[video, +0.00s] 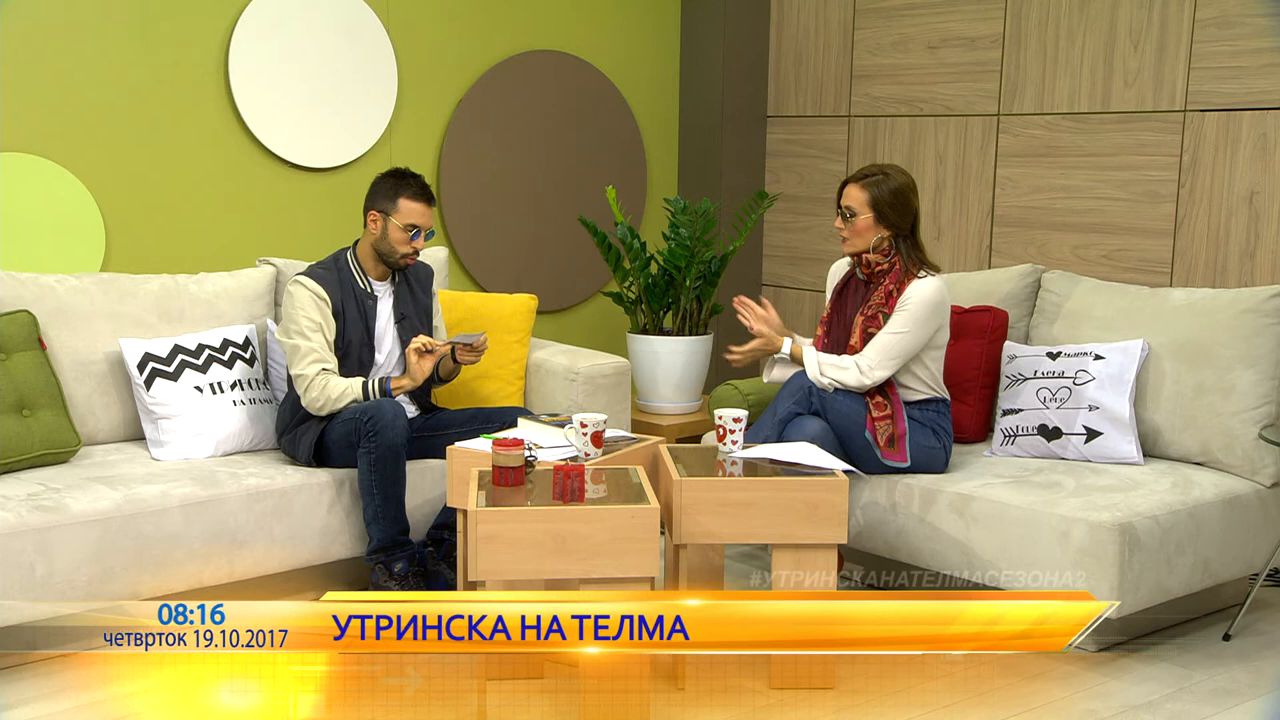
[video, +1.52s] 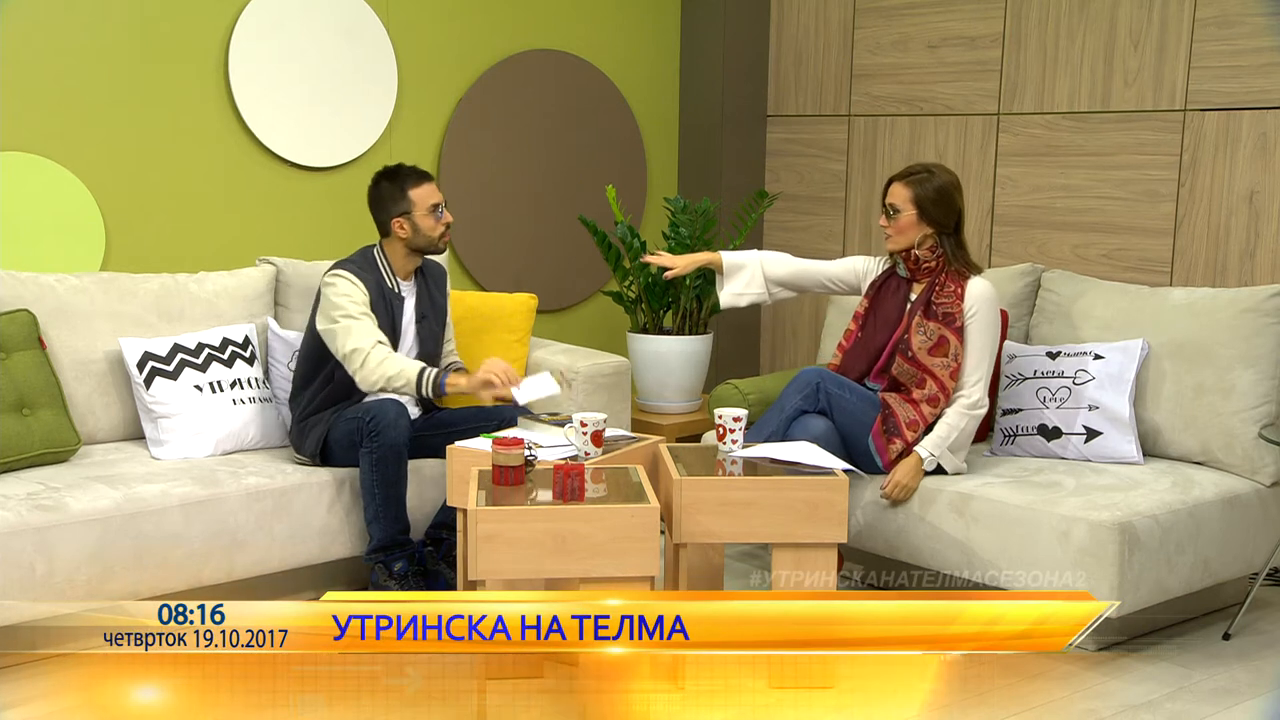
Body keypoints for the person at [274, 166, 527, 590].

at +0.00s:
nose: (419, 246)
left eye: (426, 234)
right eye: (411, 232)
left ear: (430, 231)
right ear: (374, 221)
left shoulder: (419, 278)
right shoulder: (313, 289)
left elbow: (431, 375)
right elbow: (317, 392)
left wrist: (453, 360)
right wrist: (401, 381)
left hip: (405, 422)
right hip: (321, 428)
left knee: (514, 422)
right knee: (387, 413)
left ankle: (440, 551)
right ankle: (392, 562)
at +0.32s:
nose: (420, 246)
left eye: (427, 235)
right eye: (411, 232)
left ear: (431, 232)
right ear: (375, 221)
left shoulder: (419, 278)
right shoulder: (312, 289)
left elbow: (430, 375)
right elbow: (317, 391)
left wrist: (454, 359)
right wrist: (400, 381)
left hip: (406, 423)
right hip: (322, 429)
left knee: (514, 423)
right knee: (386, 414)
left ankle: (439, 550)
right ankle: (392, 562)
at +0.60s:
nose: (421, 246)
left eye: (428, 235)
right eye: (412, 232)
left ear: (431, 233)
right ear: (376, 221)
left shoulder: (419, 277)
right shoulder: (312, 289)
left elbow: (430, 374)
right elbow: (318, 391)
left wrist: (454, 360)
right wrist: (401, 381)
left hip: (405, 422)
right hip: (322, 429)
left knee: (515, 423)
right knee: (387, 414)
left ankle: (440, 550)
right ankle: (392, 563)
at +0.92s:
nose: (422, 246)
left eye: (428, 235)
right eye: (413, 232)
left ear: (432, 233)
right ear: (376, 221)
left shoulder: (419, 278)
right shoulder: (313, 289)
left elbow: (431, 374)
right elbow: (317, 391)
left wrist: (454, 360)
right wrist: (401, 381)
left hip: (405, 422)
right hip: (321, 429)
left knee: (515, 422)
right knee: (387, 414)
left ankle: (440, 551)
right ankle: (392, 564)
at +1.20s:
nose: (435, 224)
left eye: (433, 213)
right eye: (423, 215)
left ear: (394, 225)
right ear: (385, 225)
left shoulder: (426, 277)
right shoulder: (321, 285)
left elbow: (435, 374)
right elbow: (324, 383)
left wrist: (459, 365)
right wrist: (416, 376)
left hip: (406, 421)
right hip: (323, 426)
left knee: (512, 421)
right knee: (386, 414)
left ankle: (440, 550)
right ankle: (391, 562)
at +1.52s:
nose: (449, 220)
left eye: (444, 208)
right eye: (436, 212)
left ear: (405, 228)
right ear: (400, 227)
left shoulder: (434, 275)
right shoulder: (344, 282)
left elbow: (445, 357)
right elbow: (372, 365)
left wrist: (473, 384)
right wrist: (462, 382)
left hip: (405, 421)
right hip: (327, 425)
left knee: (502, 418)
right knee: (388, 412)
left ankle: (440, 548)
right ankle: (392, 561)